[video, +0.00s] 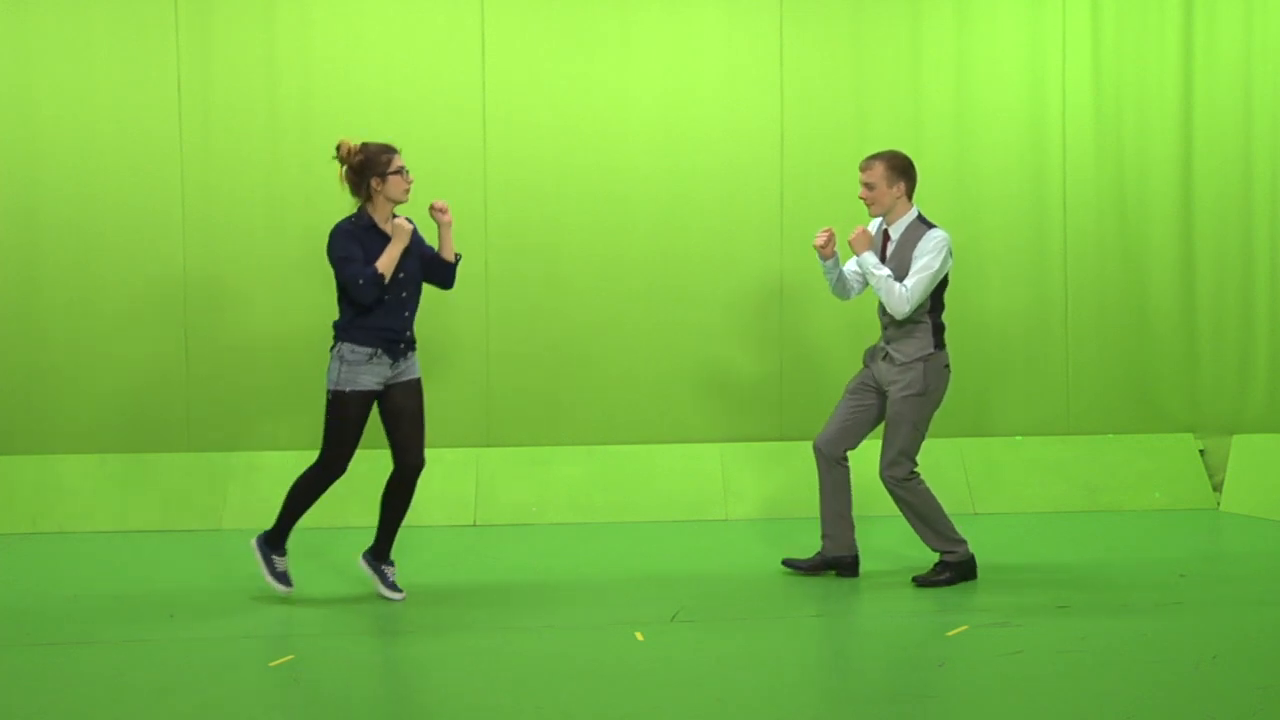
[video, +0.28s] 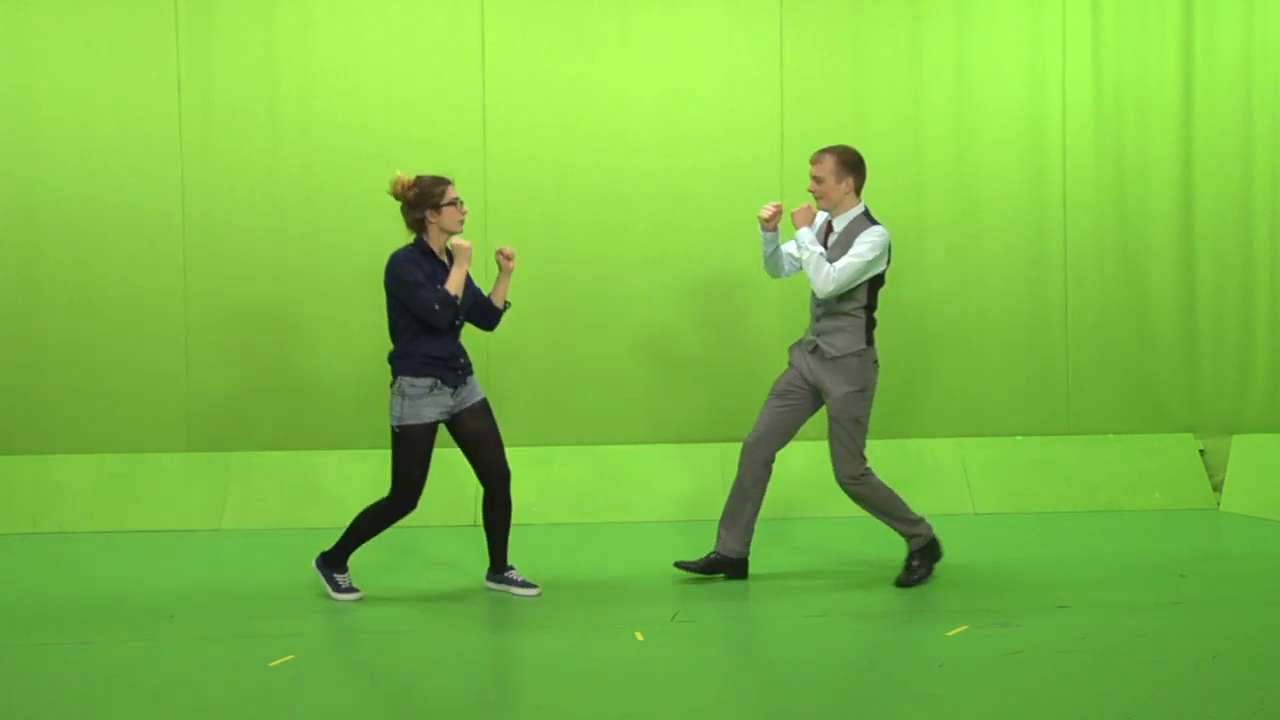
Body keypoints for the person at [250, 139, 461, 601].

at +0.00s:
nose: (408, 179)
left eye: (406, 172)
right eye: (400, 174)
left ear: (389, 183)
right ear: (375, 183)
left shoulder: (406, 234)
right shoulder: (346, 234)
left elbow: (446, 276)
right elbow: (361, 292)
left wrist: (444, 229)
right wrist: (398, 244)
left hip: (401, 360)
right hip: (356, 359)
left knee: (410, 461)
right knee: (333, 462)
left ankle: (379, 555)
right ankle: (273, 541)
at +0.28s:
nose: (464, 210)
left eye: (461, 203)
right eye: (454, 205)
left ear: (437, 215)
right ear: (429, 216)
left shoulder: (448, 263)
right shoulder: (403, 265)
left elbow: (487, 319)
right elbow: (439, 317)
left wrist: (505, 275)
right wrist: (461, 266)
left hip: (461, 384)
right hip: (417, 387)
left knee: (497, 477)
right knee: (404, 497)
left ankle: (499, 570)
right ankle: (333, 561)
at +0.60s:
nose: (506, 201)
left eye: (503, 193)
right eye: (497, 195)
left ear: (477, 204)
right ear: (473, 205)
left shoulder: (487, 252)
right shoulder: (448, 252)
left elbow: (522, 303)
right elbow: (487, 304)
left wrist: (537, 260)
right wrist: (513, 256)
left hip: (479, 379)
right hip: (440, 378)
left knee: (507, 475)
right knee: (418, 483)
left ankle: (499, 568)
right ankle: (344, 554)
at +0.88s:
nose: (508, 216)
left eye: (505, 209)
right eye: (500, 211)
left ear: (482, 220)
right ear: (476, 220)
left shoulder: (486, 270)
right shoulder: (451, 268)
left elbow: (514, 330)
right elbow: (483, 327)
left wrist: (531, 287)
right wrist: (514, 284)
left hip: (485, 394)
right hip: (447, 394)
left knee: (516, 484)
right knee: (416, 494)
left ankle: (498, 570)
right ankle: (333, 563)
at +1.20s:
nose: (513, 212)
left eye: (510, 205)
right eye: (504, 207)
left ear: (488, 216)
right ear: (481, 216)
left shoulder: (488, 266)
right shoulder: (458, 262)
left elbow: (513, 326)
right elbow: (484, 326)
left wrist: (535, 285)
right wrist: (516, 285)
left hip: (468, 391)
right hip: (435, 389)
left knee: (502, 480)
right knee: (412, 492)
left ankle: (497, 571)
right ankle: (334, 563)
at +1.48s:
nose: (448, 219)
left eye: (455, 210)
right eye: (438, 214)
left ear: (468, 215)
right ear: (426, 222)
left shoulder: (479, 265)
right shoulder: (411, 266)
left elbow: (498, 330)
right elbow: (416, 330)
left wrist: (492, 286)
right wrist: (446, 286)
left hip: (454, 382)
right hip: (405, 380)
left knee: (491, 480)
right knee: (382, 489)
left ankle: (497, 570)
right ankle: (324, 569)